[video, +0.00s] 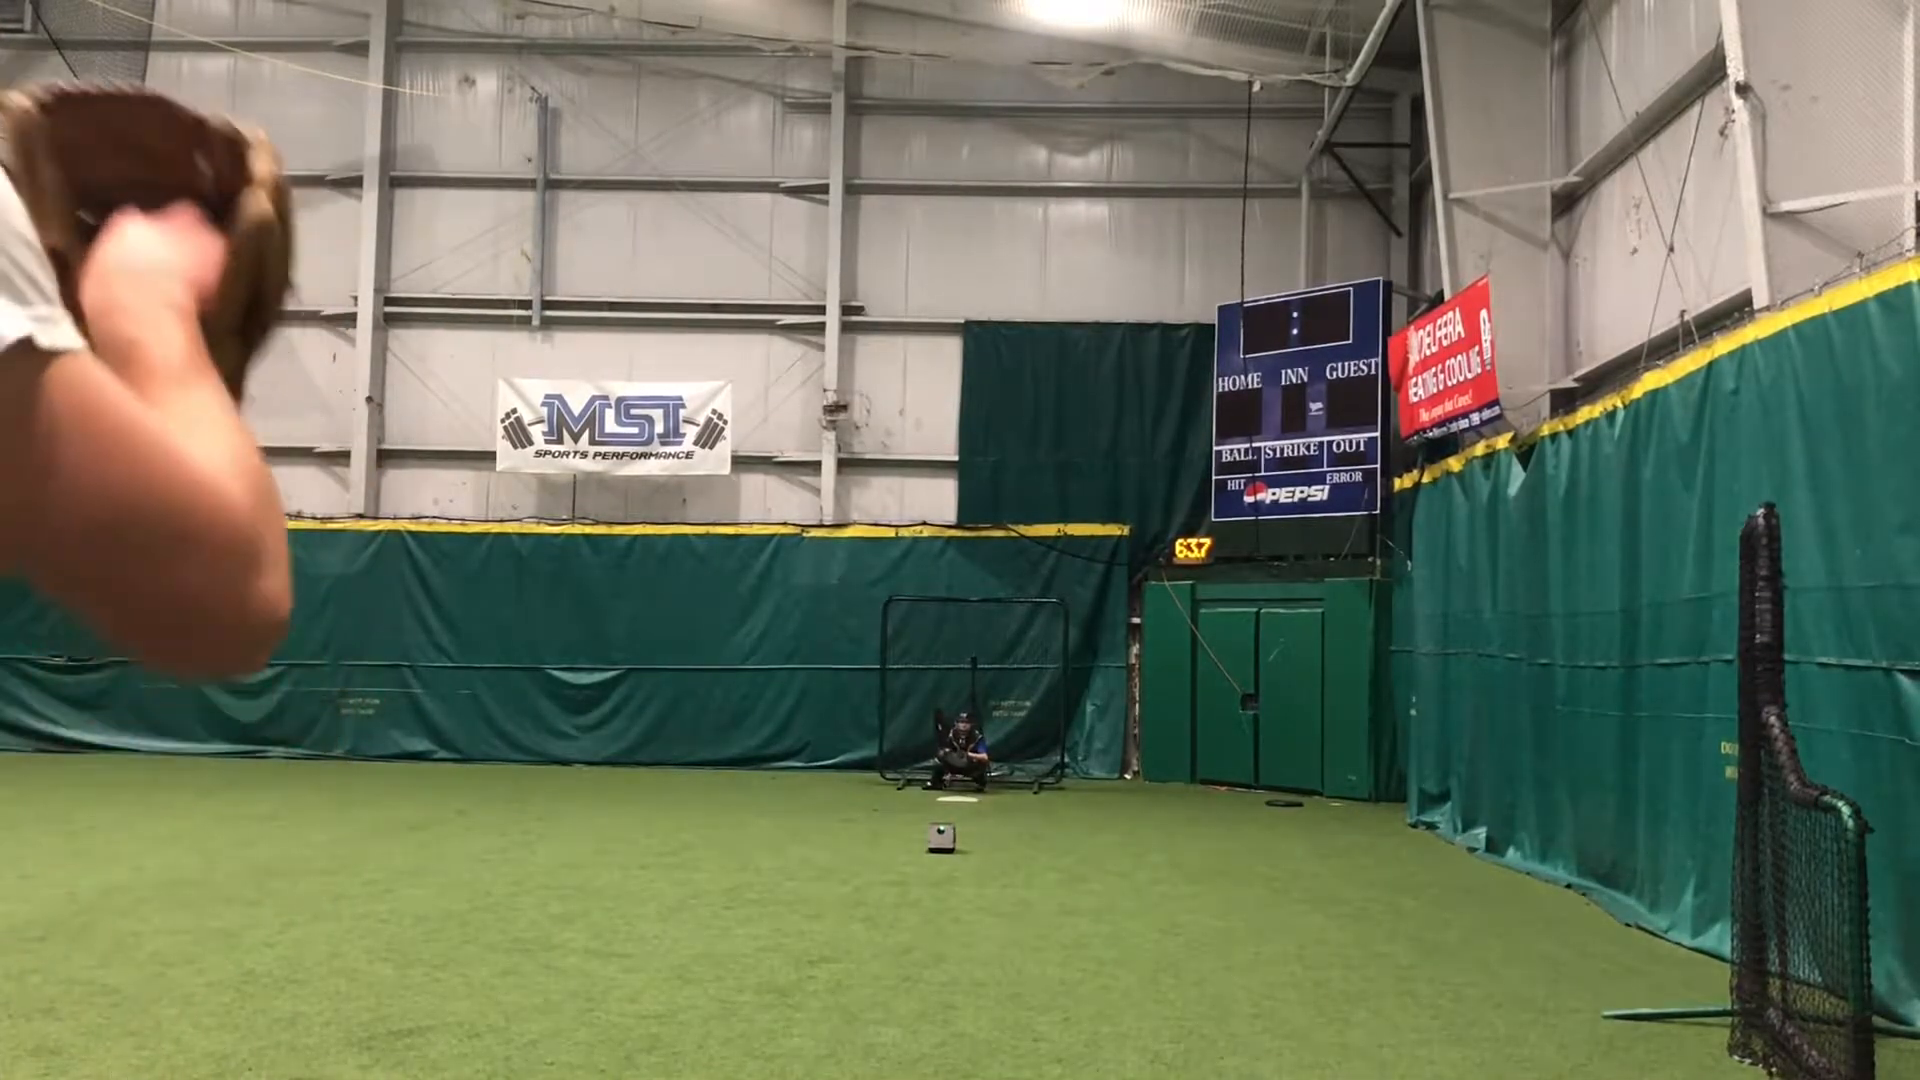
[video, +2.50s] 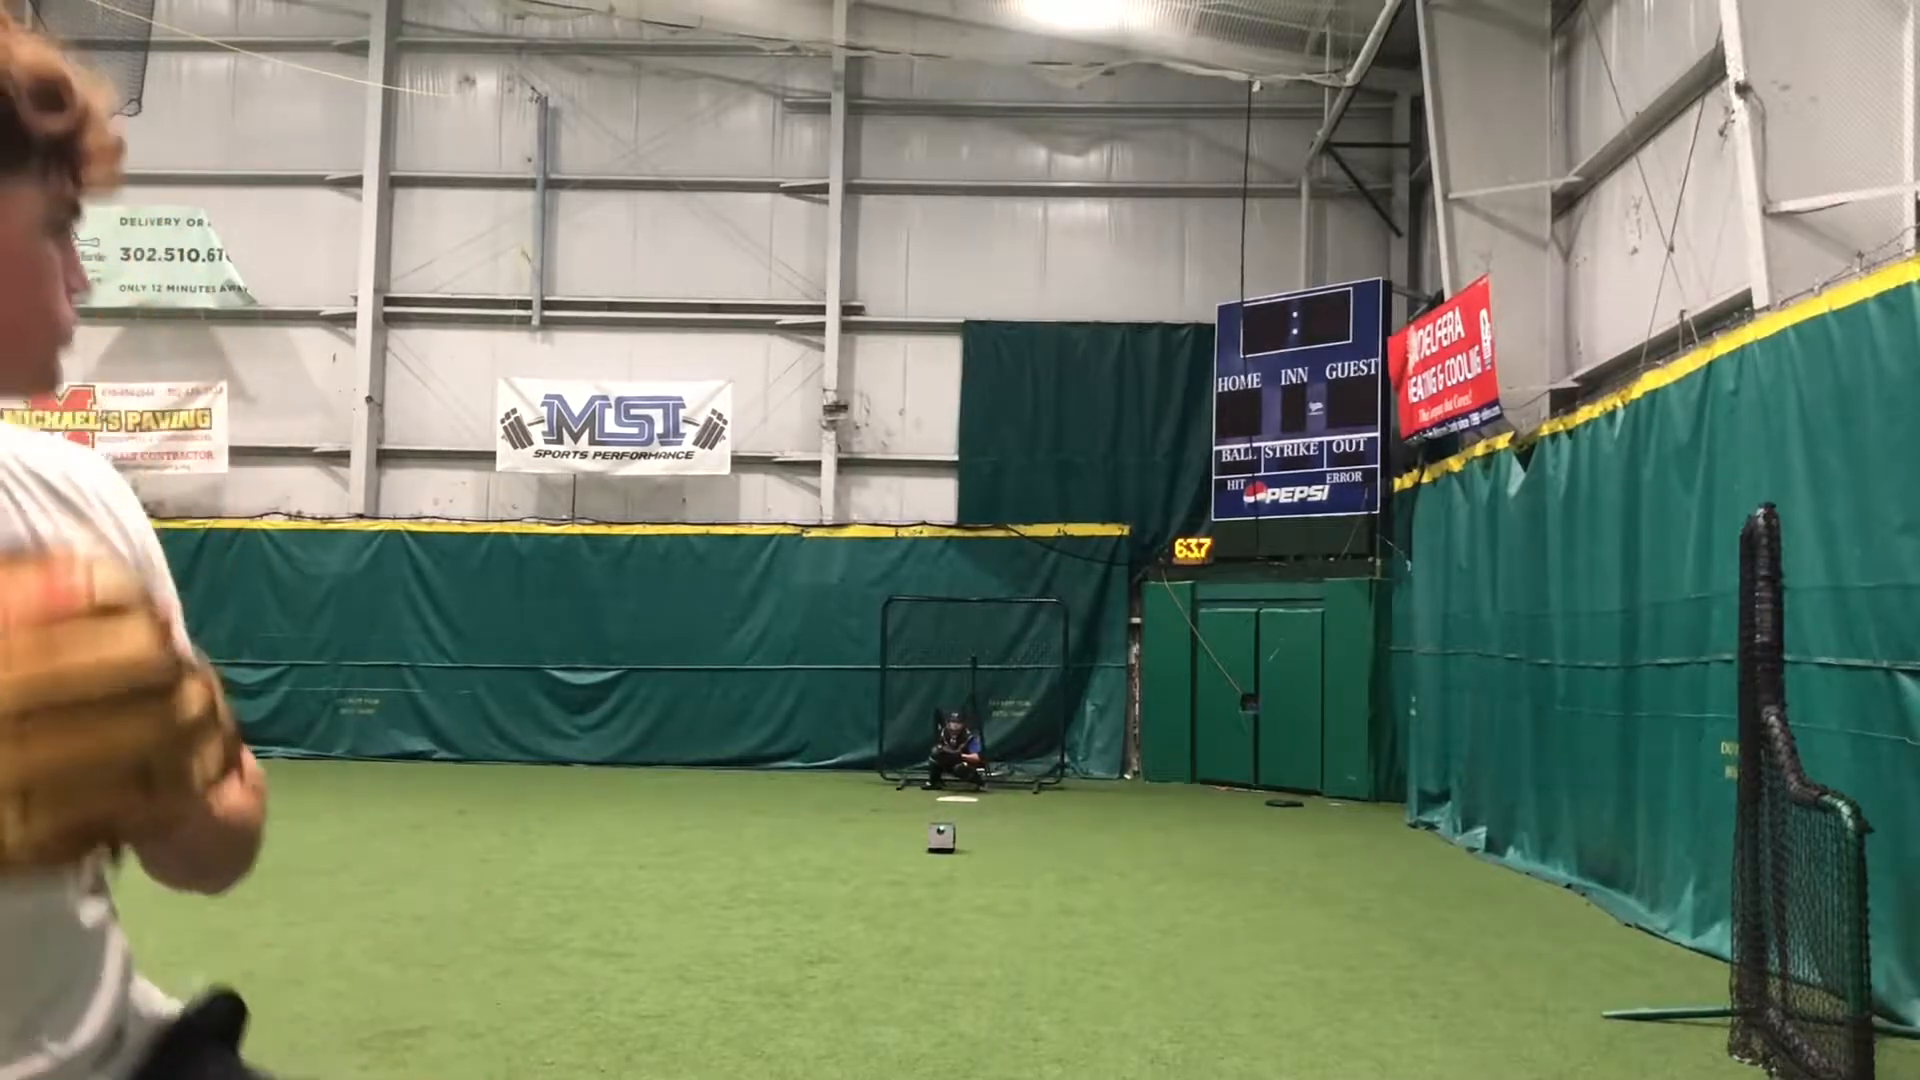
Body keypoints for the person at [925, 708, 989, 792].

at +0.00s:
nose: (964, 725)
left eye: (967, 723)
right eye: (961, 722)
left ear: (971, 725)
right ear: (956, 724)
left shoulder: (977, 737)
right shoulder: (950, 735)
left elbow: (984, 757)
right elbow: (942, 750)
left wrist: (968, 754)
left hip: (971, 763)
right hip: (953, 762)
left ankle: (981, 785)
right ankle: (936, 782)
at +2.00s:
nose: (959, 728)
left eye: (962, 725)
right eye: (957, 724)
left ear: (967, 726)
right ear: (952, 726)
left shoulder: (974, 739)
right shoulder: (946, 736)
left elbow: (981, 761)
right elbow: (940, 752)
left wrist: (966, 760)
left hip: (966, 766)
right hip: (950, 764)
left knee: (975, 776)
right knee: (938, 760)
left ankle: (981, 783)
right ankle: (935, 782)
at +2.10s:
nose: (958, 727)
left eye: (961, 724)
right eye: (956, 724)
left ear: (966, 726)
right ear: (951, 725)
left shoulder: (973, 738)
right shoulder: (946, 735)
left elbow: (980, 760)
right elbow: (939, 751)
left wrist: (964, 759)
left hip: (966, 766)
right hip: (949, 764)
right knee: (937, 760)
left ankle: (981, 783)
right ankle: (935, 782)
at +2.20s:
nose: (957, 726)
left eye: (960, 724)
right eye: (955, 723)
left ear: (965, 725)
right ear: (950, 725)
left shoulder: (972, 738)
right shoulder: (945, 735)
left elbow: (979, 759)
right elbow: (938, 751)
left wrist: (963, 757)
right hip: (948, 763)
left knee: (963, 768)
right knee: (936, 760)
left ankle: (980, 782)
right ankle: (936, 782)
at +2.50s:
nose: (954, 726)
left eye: (958, 723)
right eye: (952, 722)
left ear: (963, 725)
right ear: (947, 724)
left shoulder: (970, 738)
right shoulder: (942, 735)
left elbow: (976, 758)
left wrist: (960, 756)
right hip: (946, 760)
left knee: (960, 768)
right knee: (935, 753)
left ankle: (980, 782)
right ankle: (935, 782)